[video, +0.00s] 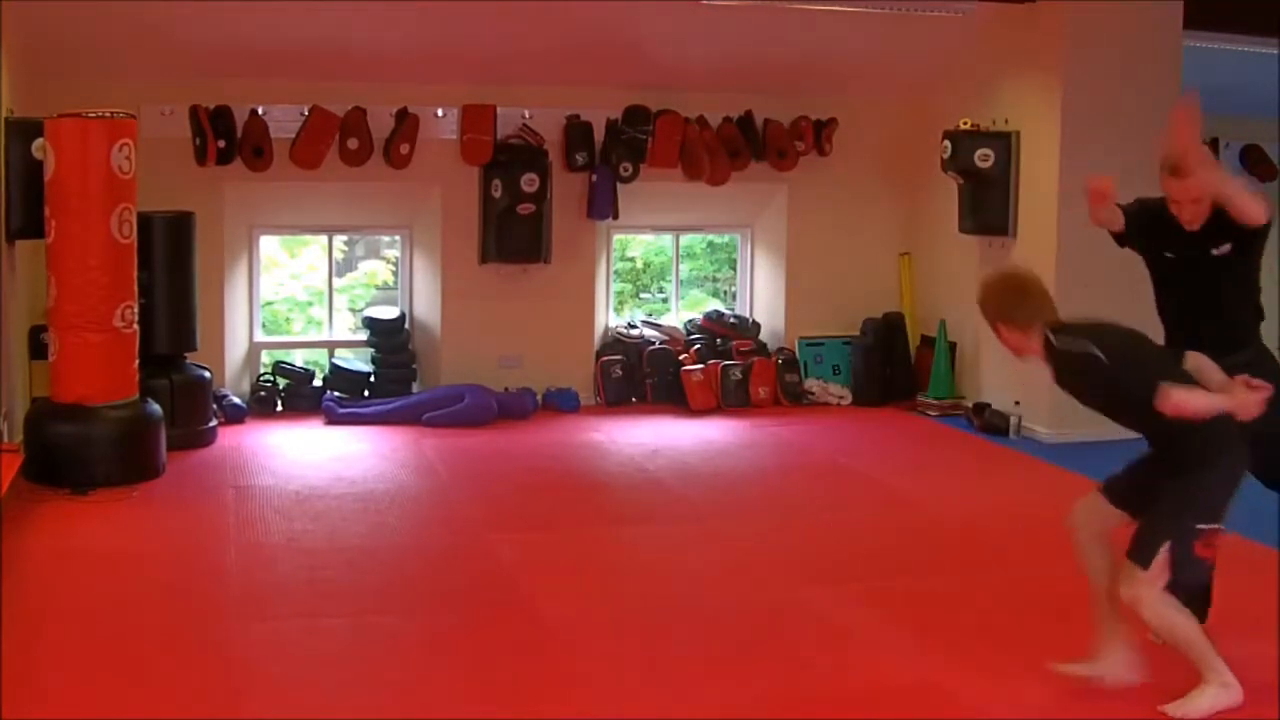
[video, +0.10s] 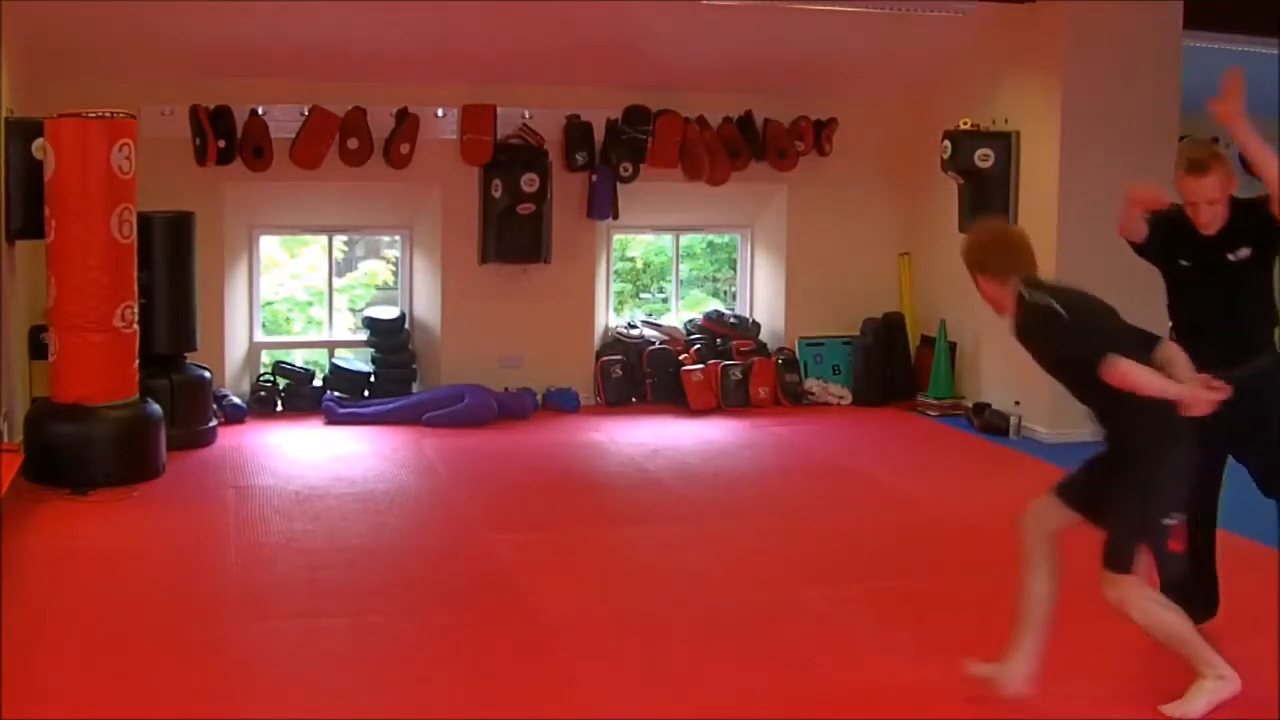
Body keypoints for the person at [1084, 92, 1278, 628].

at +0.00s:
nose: (1188, 209)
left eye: (1197, 199)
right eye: (1179, 200)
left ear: (1215, 190)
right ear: (1164, 192)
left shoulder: (1241, 222)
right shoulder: (1152, 218)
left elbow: (1255, 212)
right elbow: (1115, 221)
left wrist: (1213, 173)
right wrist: (1101, 205)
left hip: (1249, 372)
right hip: (1185, 377)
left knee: (1271, 466)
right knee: (1190, 490)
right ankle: (1188, 607)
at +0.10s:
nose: (1205, 212)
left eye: (1214, 201)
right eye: (1194, 203)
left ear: (1230, 187)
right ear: (1181, 193)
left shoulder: (1256, 223)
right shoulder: (1170, 231)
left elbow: (1278, 189)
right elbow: (1133, 234)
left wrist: (1241, 129)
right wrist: (1136, 208)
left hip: (1259, 388)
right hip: (1196, 390)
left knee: (1274, 485)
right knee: (1197, 501)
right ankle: (1196, 600)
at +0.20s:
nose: (1228, 212)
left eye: (1236, 201)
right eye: (1217, 202)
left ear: (1254, 192)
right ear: (1202, 196)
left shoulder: (1275, 233)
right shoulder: (1187, 233)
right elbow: (1160, 261)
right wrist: (1203, 243)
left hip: (1270, 406)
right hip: (1203, 405)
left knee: (1276, 518)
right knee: (1190, 517)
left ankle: (1279, 623)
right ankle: (1179, 629)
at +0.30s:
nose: (1255, 216)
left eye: (1265, 205)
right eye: (1246, 204)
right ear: (1233, 200)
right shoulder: (1211, 243)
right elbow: (1193, 291)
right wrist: (1218, 325)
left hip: (1273, 416)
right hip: (1221, 409)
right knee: (1203, 515)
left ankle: (1274, 664)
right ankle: (1175, 609)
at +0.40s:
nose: (1265, 198)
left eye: (1273, 187)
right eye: (1259, 185)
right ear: (1246, 186)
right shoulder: (1220, 243)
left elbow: (1199, 334)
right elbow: (1199, 334)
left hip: (1270, 413)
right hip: (1233, 408)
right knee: (1208, 493)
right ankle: (1203, 598)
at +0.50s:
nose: (1241, 166)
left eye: (1255, 157)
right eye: (1242, 155)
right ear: (1242, 164)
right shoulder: (1223, 233)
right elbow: (1197, 337)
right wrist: (1179, 431)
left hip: (1274, 422)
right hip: (1227, 414)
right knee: (1196, 517)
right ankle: (1199, 645)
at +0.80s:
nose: (1178, 180)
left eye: (1192, 170)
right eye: (1181, 169)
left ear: (1238, 183)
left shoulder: (1275, 254)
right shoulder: (1171, 254)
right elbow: (1166, 334)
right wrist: (1171, 400)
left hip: (1265, 450)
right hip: (1191, 444)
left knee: (1277, 605)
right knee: (1173, 609)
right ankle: (1163, 715)